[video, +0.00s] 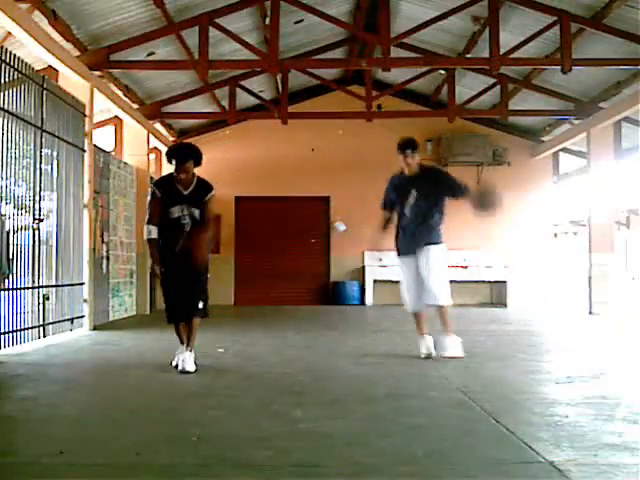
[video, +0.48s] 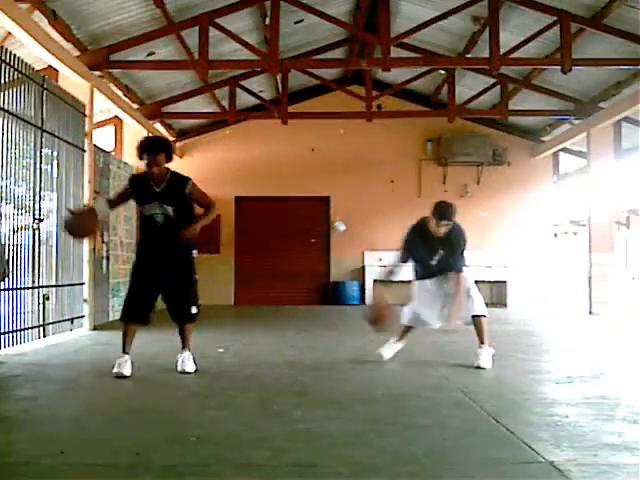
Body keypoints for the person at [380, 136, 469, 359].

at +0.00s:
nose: (409, 160)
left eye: (412, 155)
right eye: (405, 156)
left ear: (419, 155)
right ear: (400, 157)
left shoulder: (433, 175)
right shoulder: (396, 181)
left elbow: (460, 190)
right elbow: (388, 208)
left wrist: (476, 196)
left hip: (430, 240)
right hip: (405, 244)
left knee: (436, 288)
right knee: (413, 294)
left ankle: (449, 337)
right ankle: (423, 338)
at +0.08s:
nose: (419, 173)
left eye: (423, 167)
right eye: (415, 168)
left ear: (429, 168)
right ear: (410, 169)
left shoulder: (440, 190)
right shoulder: (403, 194)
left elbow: (465, 209)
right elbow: (399, 228)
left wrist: (482, 225)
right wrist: (402, 256)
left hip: (439, 254)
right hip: (413, 258)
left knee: (453, 296)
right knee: (419, 303)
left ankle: (469, 341)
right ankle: (428, 342)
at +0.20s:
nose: (431, 186)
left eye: (435, 182)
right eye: (428, 181)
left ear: (443, 181)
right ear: (423, 181)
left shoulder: (451, 202)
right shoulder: (413, 203)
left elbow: (467, 229)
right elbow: (410, 241)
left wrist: (482, 253)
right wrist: (415, 272)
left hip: (448, 264)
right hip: (423, 268)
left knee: (464, 306)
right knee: (425, 309)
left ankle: (479, 346)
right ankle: (429, 340)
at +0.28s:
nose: (444, 203)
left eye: (448, 198)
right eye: (440, 198)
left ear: (454, 198)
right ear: (433, 197)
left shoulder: (459, 217)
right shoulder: (422, 216)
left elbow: (460, 255)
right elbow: (419, 253)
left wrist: (459, 286)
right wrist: (419, 285)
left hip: (455, 266)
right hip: (431, 268)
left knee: (473, 306)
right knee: (429, 309)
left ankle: (481, 348)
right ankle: (425, 334)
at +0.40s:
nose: (447, 223)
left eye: (451, 218)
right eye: (444, 217)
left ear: (457, 216)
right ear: (438, 211)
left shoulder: (461, 230)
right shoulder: (423, 225)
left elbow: (456, 269)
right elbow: (418, 252)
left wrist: (446, 308)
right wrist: (418, 261)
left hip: (456, 272)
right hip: (430, 275)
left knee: (476, 304)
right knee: (426, 315)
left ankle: (483, 349)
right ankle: (413, 340)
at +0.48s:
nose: (443, 230)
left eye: (447, 226)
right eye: (440, 226)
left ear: (452, 223)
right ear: (431, 220)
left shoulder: (456, 234)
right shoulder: (417, 232)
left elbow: (458, 273)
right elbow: (403, 259)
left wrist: (456, 312)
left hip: (453, 276)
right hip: (427, 279)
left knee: (476, 305)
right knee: (416, 312)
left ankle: (484, 348)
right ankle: (399, 341)